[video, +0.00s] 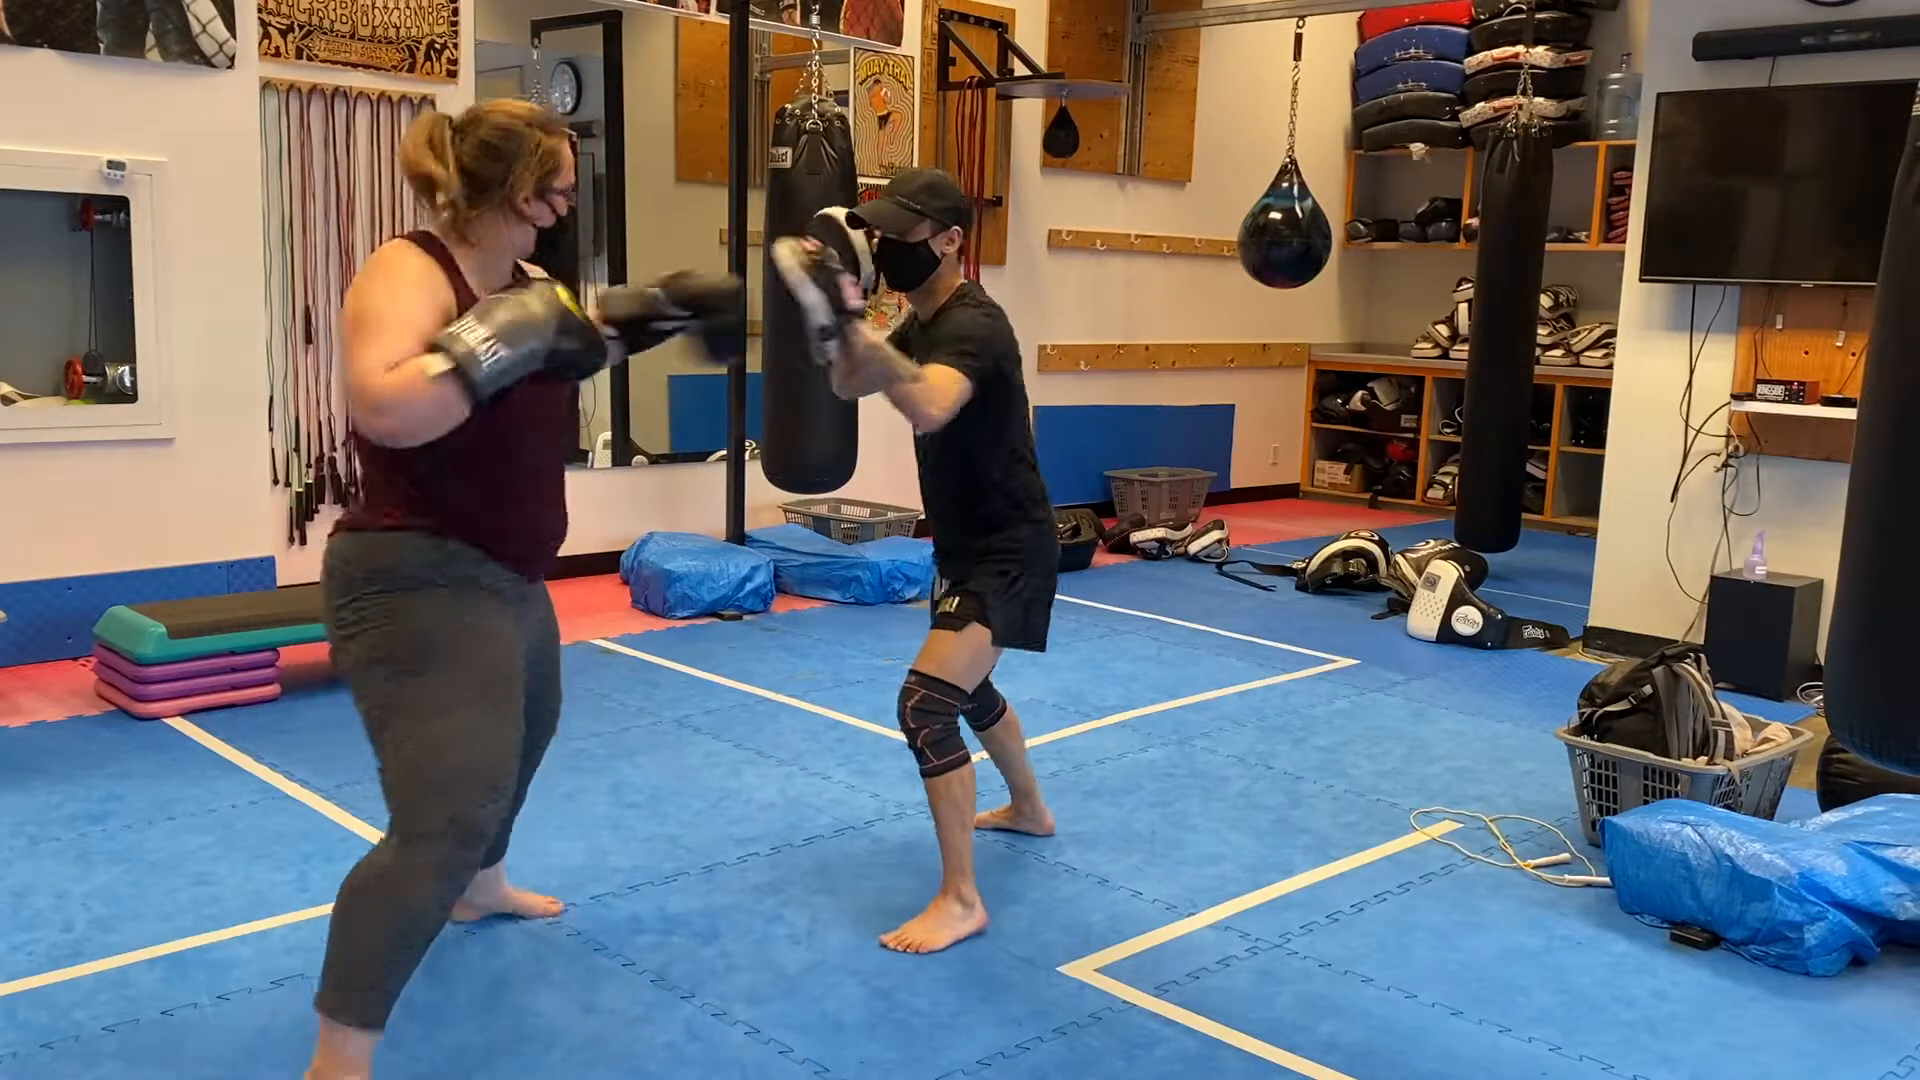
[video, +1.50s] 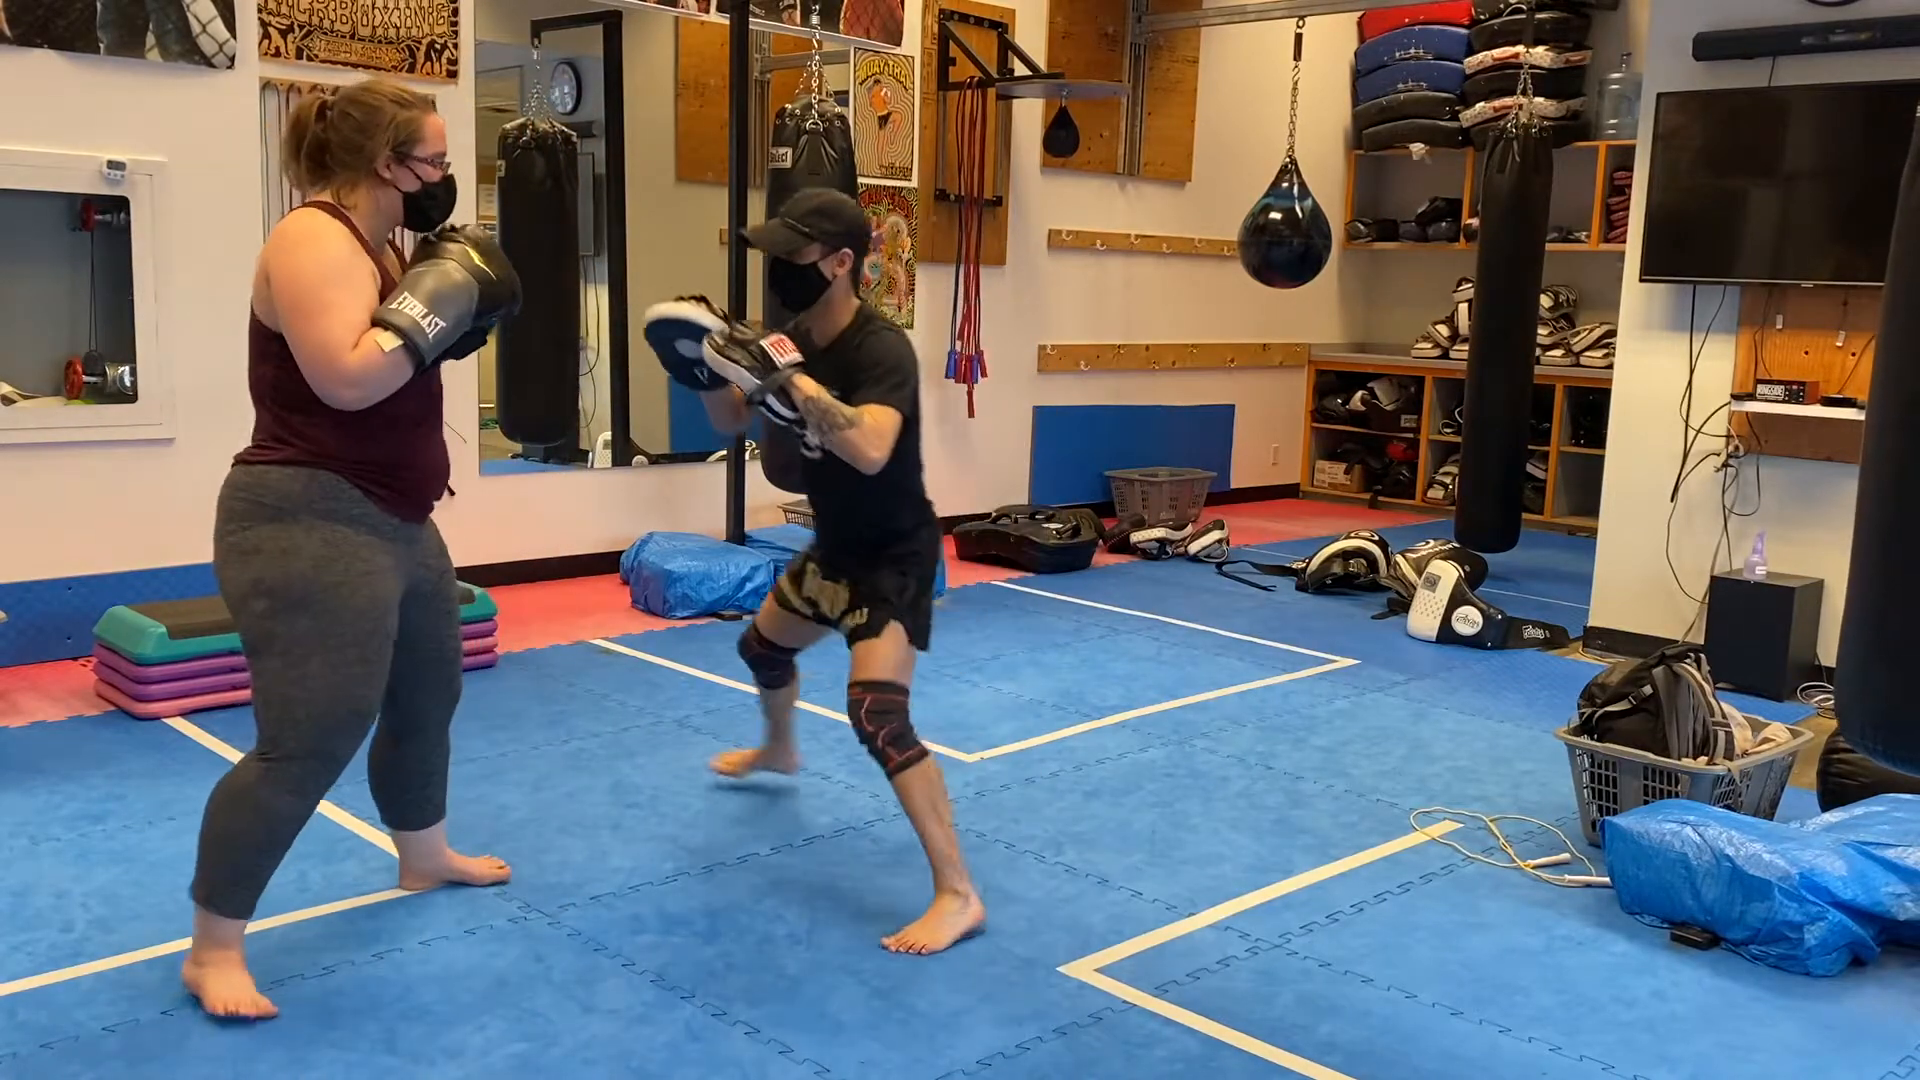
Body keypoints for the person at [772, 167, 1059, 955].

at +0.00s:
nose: (886, 252)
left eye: (899, 240)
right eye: (883, 239)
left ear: (949, 240)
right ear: (902, 242)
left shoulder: (975, 320)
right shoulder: (915, 311)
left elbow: (933, 406)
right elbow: (851, 385)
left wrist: (864, 336)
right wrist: (837, 317)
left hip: (1009, 546)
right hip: (962, 541)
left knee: (925, 707)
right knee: (968, 687)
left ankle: (961, 898)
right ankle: (1029, 807)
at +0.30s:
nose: (895, 254)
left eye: (910, 242)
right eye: (895, 241)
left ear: (963, 245)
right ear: (935, 248)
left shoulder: (1019, 329)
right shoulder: (908, 326)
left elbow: (1030, 445)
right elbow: (825, 402)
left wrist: (955, 373)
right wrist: (800, 343)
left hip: (1024, 546)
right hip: (955, 543)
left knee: (960, 695)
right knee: (958, 692)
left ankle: (965, 900)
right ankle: (1027, 805)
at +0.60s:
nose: (879, 261)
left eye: (894, 249)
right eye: (880, 248)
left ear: (945, 251)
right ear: (933, 253)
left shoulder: (980, 335)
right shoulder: (931, 329)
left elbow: (943, 447)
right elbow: (907, 415)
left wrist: (883, 384)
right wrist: (856, 374)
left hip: (1036, 545)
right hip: (989, 542)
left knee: (952, 701)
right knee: (974, 680)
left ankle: (964, 900)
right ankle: (1030, 804)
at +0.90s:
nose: (855, 256)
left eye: (869, 245)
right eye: (856, 244)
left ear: (917, 249)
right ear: (908, 251)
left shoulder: (967, 334)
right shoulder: (897, 330)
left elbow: (943, 441)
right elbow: (868, 408)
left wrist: (864, 376)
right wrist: (823, 366)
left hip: (1024, 540)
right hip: (972, 538)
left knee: (951, 702)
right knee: (978, 680)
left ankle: (964, 900)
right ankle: (1028, 806)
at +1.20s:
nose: (822, 271)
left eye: (835, 259)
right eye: (823, 258)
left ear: (882, 263)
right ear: (869, 264)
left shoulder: (948, 347)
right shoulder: (846, 348)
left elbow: (957, 460)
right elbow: (785, 442)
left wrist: (865, 399)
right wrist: (744, 374)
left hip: (986, 543)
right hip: (924, 543)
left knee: (922, 705)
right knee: (905, 690)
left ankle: (964, 901)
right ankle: (1009, 782)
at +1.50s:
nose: (775, 270)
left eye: (790, 257)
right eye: (776, 256)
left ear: (842, 262)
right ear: (821, 263)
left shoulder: (884, 349)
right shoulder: (792, 338)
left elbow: (871, 449)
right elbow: (729, 421)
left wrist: (799, 386)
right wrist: (713, 363)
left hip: (896, 548)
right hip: (834, 542)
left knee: (878, 713)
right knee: (766, 647)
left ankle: (958, 893)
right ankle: (780, 751)